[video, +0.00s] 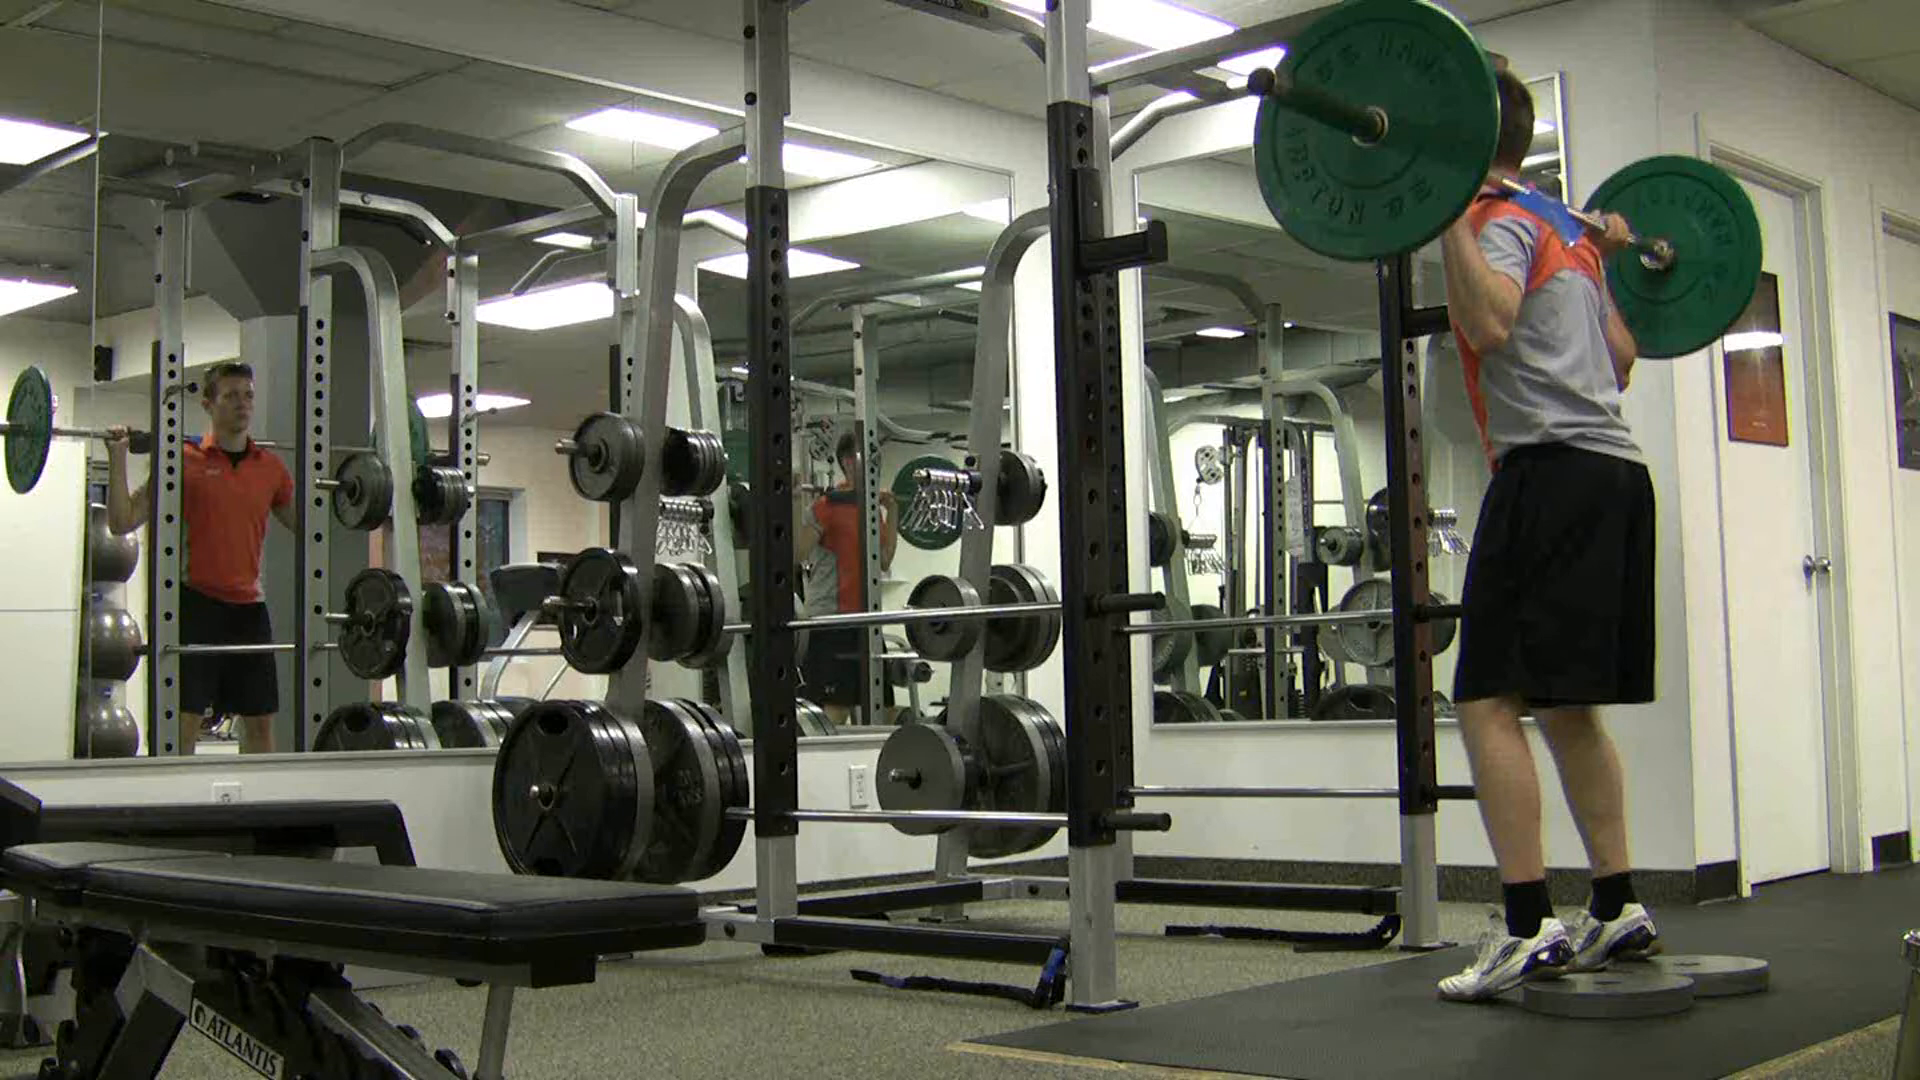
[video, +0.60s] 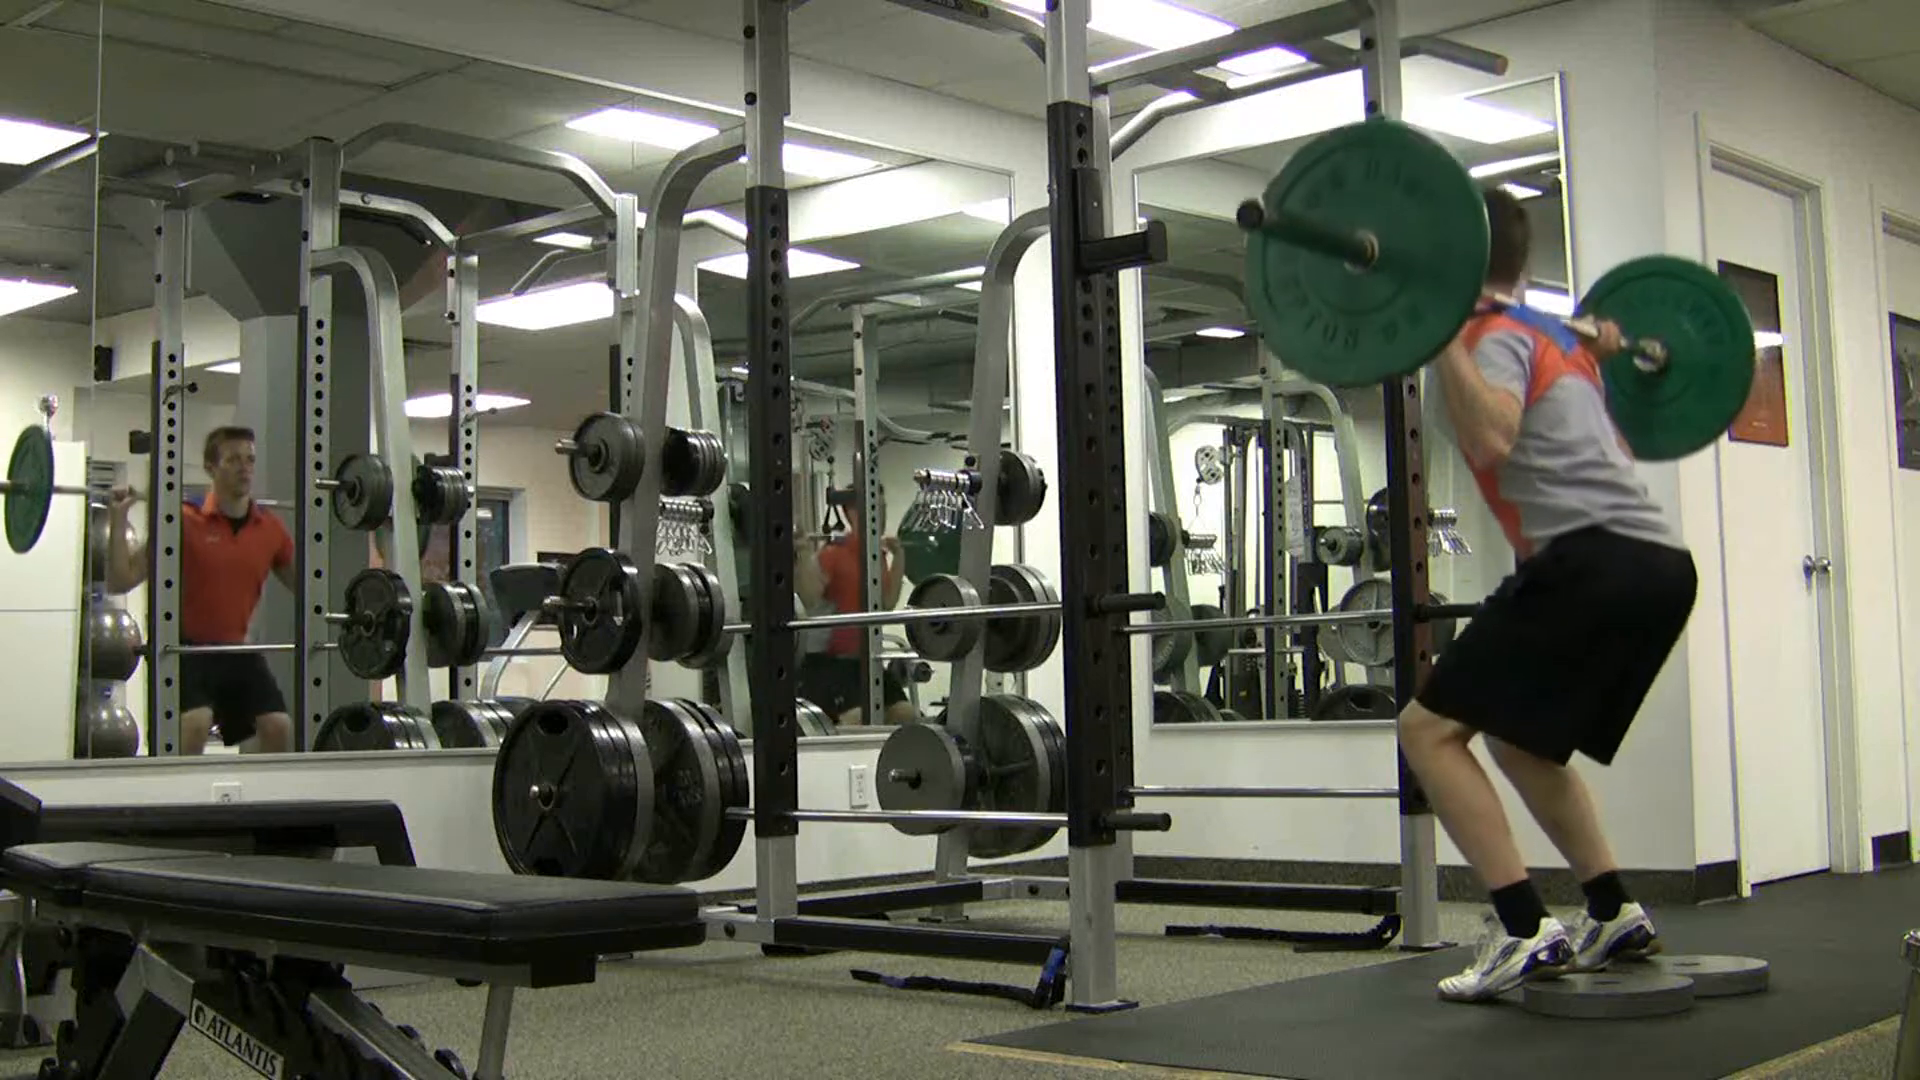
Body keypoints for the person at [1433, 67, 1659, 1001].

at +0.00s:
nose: (1443, 152)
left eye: (1449, 131)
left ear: (1469, 141)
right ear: (1526, 141)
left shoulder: (1499, 216)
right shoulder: (1572, 226)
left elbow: (1490, 325)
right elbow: (1620, 356)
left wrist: (1447, 217)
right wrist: (1607, 253)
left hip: (1546, 480)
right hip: (1611, 479)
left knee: (1486, 702)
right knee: (1569, 703)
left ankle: (1526, 930)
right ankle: (1616, 909)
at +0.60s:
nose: (1436, 272)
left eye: (1443, 256)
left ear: (1459, 262)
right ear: (1518, 266)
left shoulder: (1494, 333)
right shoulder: (1559, 338)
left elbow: (1489, 442)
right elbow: (1614, 434)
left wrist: (1439, 337)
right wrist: (1591, 346)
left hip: (1587, 562)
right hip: (1660, 567)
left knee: (1426, 729)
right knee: (1521, 739)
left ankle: (1524, 930)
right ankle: (1615, 912)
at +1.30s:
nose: (1425, 403)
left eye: (1433, 389)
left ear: (1451, 397)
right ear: (1519, 400)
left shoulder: (1501, 474)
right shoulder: (1560, 468)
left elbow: (1499, 586)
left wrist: (1440, 478)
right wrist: (1593, 478)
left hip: (1612, 683)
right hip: (1678, 693)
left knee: (1401, 750)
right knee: (1505, 779)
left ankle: (1523, 930)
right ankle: (1612, 913)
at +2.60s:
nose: (1441, 293)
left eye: (1443, 275)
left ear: (1456, 277)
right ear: (1518, 278)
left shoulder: (1496, 341)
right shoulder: (1564, 351)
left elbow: (1491, 444)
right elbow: (1607, 443)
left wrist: (1439, 341)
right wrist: (1597, 362)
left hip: (1591, 566)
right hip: (1666, 568)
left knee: (1428, 729)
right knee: (1516, 739)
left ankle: (1522, 929)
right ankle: (1614, 913)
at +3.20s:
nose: (1437, 157)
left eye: (1442, 136)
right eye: (1447, 137)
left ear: (1464, 144)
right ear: (1520, 145)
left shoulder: (1498, 216)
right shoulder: (1573, 229)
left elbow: (1483, 325)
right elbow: (1623, 356)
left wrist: (1445, 219)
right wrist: (1610, 254)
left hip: (1554, 472)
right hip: (1618, 472)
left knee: (1494, 701)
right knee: (1576, 702)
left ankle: (1527, 931)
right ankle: (1617, 910)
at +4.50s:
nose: (1435, 276)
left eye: (1441, 259)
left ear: (1454, 263)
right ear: (1518, 266)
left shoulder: (1494, 335)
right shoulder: (1564, 345)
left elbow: (1493, 442)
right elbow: (1625, 450)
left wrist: (1440, 339)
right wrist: (1598, 357)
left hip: (1585, 566)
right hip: (1656, 572)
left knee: (1423, 731)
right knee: (1517, 741)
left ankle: (1524, 930)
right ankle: (1615, 912)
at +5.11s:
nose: (1429, 396)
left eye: (1435, 382)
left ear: (1447, 390)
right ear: (1520, 393)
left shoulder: (1498, 462)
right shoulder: (1564, 459)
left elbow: (1503, 578)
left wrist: (1442, 476)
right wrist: (1602, 471)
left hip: (1611, 674)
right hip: (1682, 683)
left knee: (1406, 748)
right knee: (1509, 773)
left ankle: (1523, 929)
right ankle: (1613, 914)